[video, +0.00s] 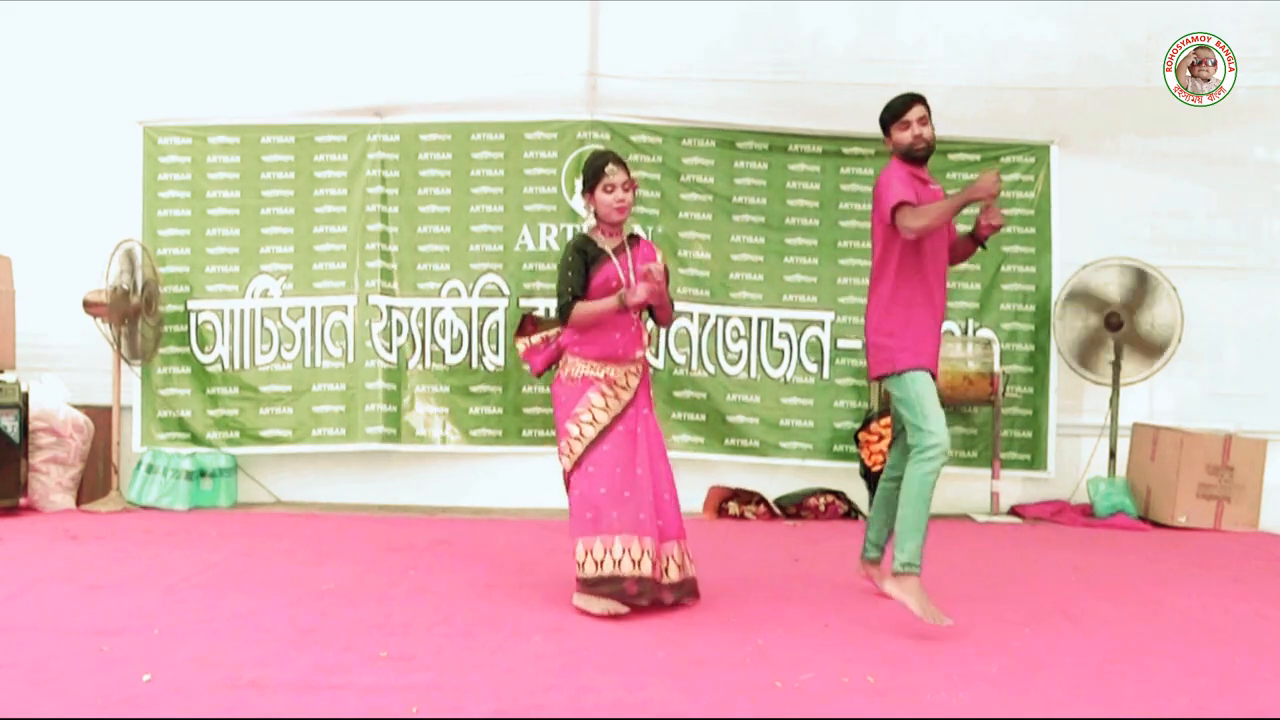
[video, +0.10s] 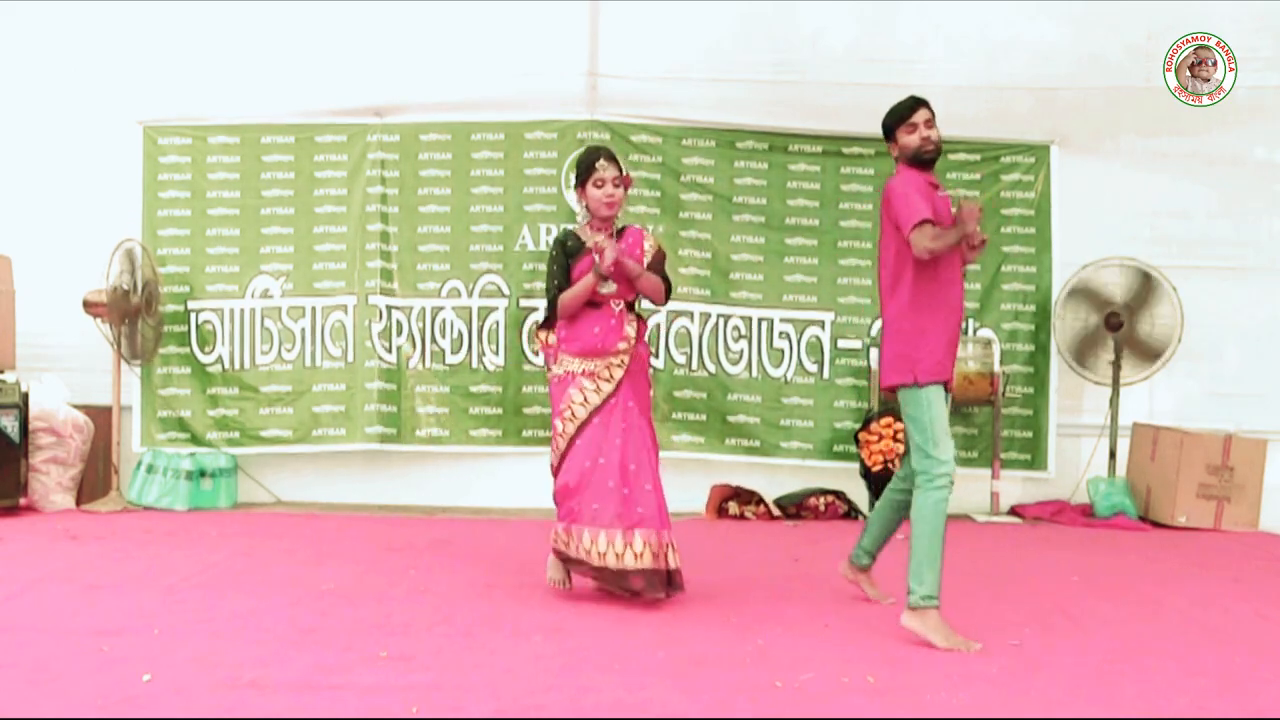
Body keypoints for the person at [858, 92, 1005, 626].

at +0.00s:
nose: (919, 130)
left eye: (924, 121)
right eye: (907, 126)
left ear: (934, 129)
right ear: (891, 138)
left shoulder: (929, 186)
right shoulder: (894, 176)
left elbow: (944, 256)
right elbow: (909, 222)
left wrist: (979, 235)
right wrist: (968, 195)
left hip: (917, 338)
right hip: (896, 337)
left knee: (906, 448)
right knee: (932, 445)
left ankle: (872, 556)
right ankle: (906, 573)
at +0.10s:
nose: (927, 133)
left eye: (931, 124)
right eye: (915, 127)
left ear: (938, 132)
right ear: (895, 141)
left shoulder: (931, 190)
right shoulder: (904, 184)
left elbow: (953, 255)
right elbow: (923, 245)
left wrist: (967, 240)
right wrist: (964, 228)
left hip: (930, 354)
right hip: (914, 355)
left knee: (916, 470)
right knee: (936, 471)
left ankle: (859, 560)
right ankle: (923, 606)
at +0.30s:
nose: (928, 140)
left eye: (933, 132)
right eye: (915, 137)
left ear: (945, 143)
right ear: (900, 153)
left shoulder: (940, 204)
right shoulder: (912, 189)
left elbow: (939, 294)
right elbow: (919, 228)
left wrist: (989, 313)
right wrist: (1007, 242)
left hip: (947, 365)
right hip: (923, 366)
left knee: (953, 482)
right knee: (949, 484)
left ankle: (887, 544)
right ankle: (919, 620)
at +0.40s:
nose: (927, 125)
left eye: (935, 117)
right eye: (915, 120)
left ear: (949, 128)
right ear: (902, 134)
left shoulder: (944, 185)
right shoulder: (904, 169)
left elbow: (946, 278)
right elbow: (916, 183)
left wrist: (1000, 277)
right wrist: (993, 164)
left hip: (958, 346)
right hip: (919, 343)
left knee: (964, 477)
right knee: (932, 475)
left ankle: (913, 558)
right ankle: (921, 612)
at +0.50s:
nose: (928, 137)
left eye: (937, 128)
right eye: (917, 130)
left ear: (953, 139)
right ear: (904, 143)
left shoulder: (967, 209)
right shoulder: (894, 186)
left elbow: (970, 290)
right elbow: (894, 224)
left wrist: (1000, 275)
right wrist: (957, 175)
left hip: (966, 354)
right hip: (913, 352)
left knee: (964, 485)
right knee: (925, 479)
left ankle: (945, 594)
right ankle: (918, 612)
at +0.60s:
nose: (925, 147)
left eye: (935, 138)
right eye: (916, 141)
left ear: (955, 149)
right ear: (907, 155)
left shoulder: (979, 221)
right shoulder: (891, 212)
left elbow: (998, 306)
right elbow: (874, 291)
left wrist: (991, 299)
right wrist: (929, 249)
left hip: (965, 370)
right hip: (908, 368)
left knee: (962, 490)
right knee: (917, 482)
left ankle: (947, 594)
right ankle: (916, 610)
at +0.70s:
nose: (915, 153)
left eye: (926, 145)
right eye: (912, 147)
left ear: (955, 155)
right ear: (908, 159)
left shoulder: (979, 219)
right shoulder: (892, 221)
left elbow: (1011, 293)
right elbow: (874, 291)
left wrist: (944, 305)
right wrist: (879, 294)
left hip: (954, 378)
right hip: (894, 375)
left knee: (948, 483)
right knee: (892, 475)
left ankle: (946, 596)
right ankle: (904, 593)